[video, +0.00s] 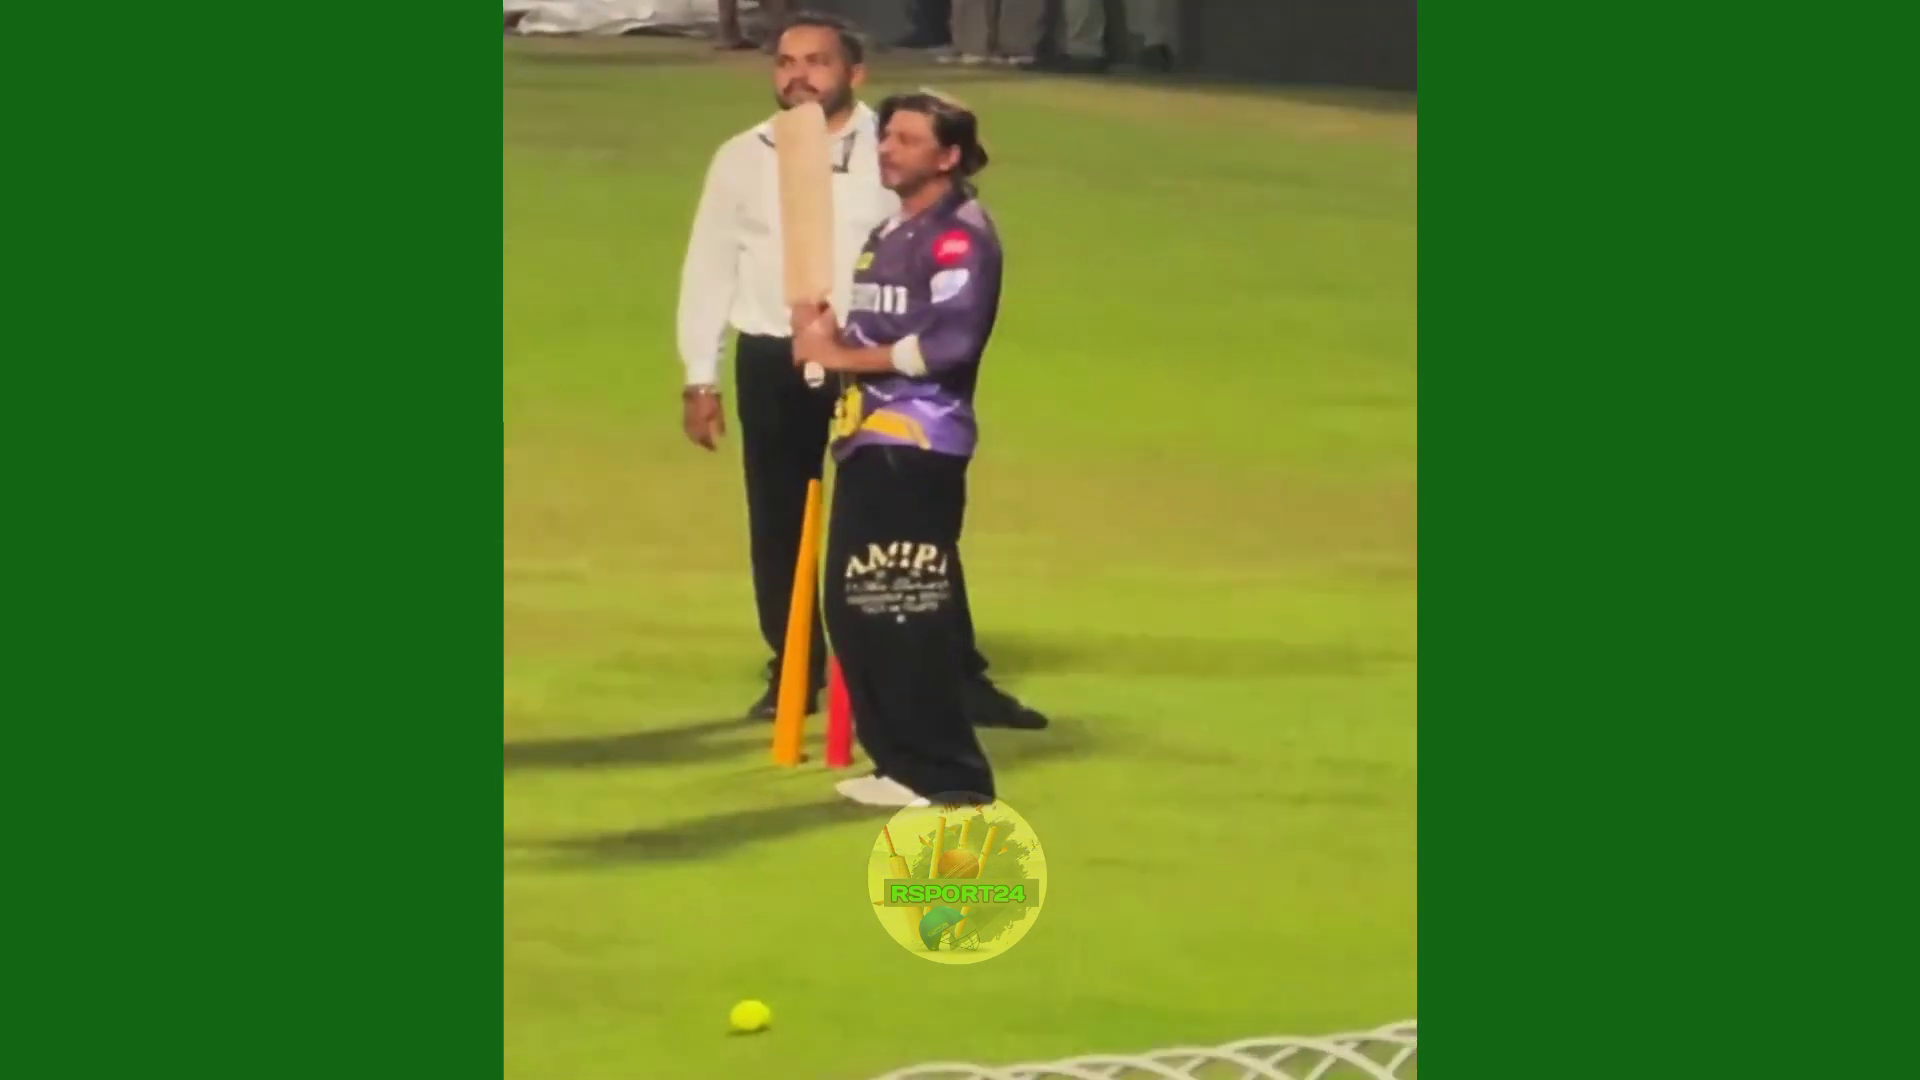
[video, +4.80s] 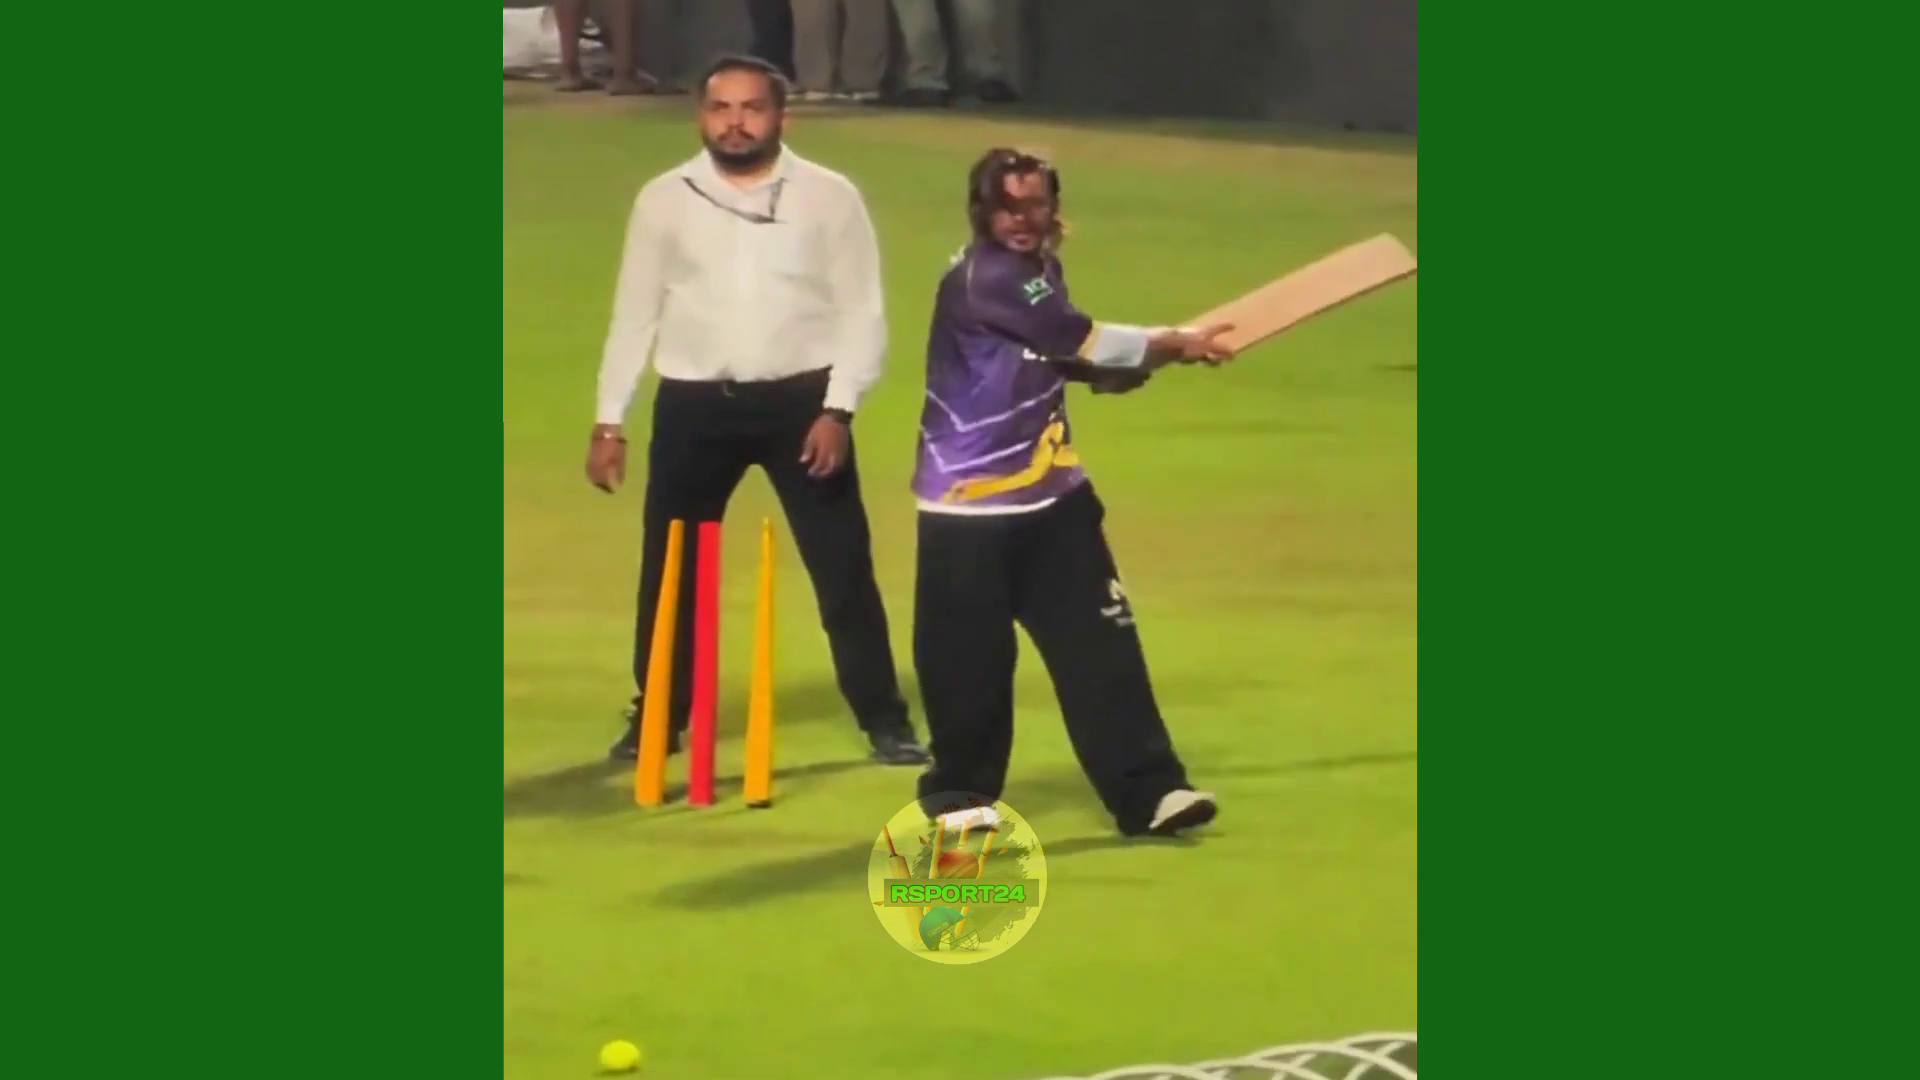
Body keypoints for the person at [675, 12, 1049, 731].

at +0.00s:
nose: (797, 75)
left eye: (814, 62)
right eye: (786, 62)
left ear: (854, 72)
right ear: (774, 71)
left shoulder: (891, 153)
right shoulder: (745, 156)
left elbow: (929, 274)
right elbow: (708, 268)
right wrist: (699, 377)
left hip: (870, 368)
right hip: (775, 363)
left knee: (915, 529)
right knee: (778, 526)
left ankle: (959, 674)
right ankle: (792, 673)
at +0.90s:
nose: (862, 59)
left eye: (879, 46)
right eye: (851, 45)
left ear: (915, 56)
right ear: (836, 55)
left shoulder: (959, 143)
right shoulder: (805, 142)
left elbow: (1001, 254)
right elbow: (770, 259)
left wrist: (973, 343)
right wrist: (749, 362)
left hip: (933, 364)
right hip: (831, 364)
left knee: (976, 524)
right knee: (814, 515)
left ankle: (1018, 665)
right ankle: (789, 660)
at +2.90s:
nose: (827, 139)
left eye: (844, 125)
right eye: (814, 125)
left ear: (876, 134)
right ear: (798, 134)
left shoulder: (924, 211)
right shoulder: (760, 214)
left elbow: (970, 321)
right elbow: (704, 288)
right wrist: (729, 381)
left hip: (893, 428)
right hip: (790, 428)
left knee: (943, 604)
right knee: (768, 595)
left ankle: (970, 754)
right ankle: (747, 746)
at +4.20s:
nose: (766, 163)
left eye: (782, 149)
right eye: (750, 150)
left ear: (811, 155)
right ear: (732, 157)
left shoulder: (864, 231)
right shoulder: (698, 236)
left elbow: (903, 336)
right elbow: (663, 336)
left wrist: (843, 404)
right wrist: (689, 394)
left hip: (839, 445)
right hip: (730, 448)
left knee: (878, 603)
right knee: (696, 603)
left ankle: (908, 761)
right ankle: (676, 753)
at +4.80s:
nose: (736, 121)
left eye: (752, 107)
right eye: (721, 108)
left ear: (780, 116)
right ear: (701, 116)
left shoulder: (832, 198)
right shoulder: (664, 202)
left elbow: (864, 312)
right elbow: (633, 316)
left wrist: (839, 410)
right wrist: (610, 422)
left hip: (802, 408)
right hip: (694, 412)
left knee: (846, 574)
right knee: (666, 573)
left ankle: (886, 722)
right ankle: (656, 719)